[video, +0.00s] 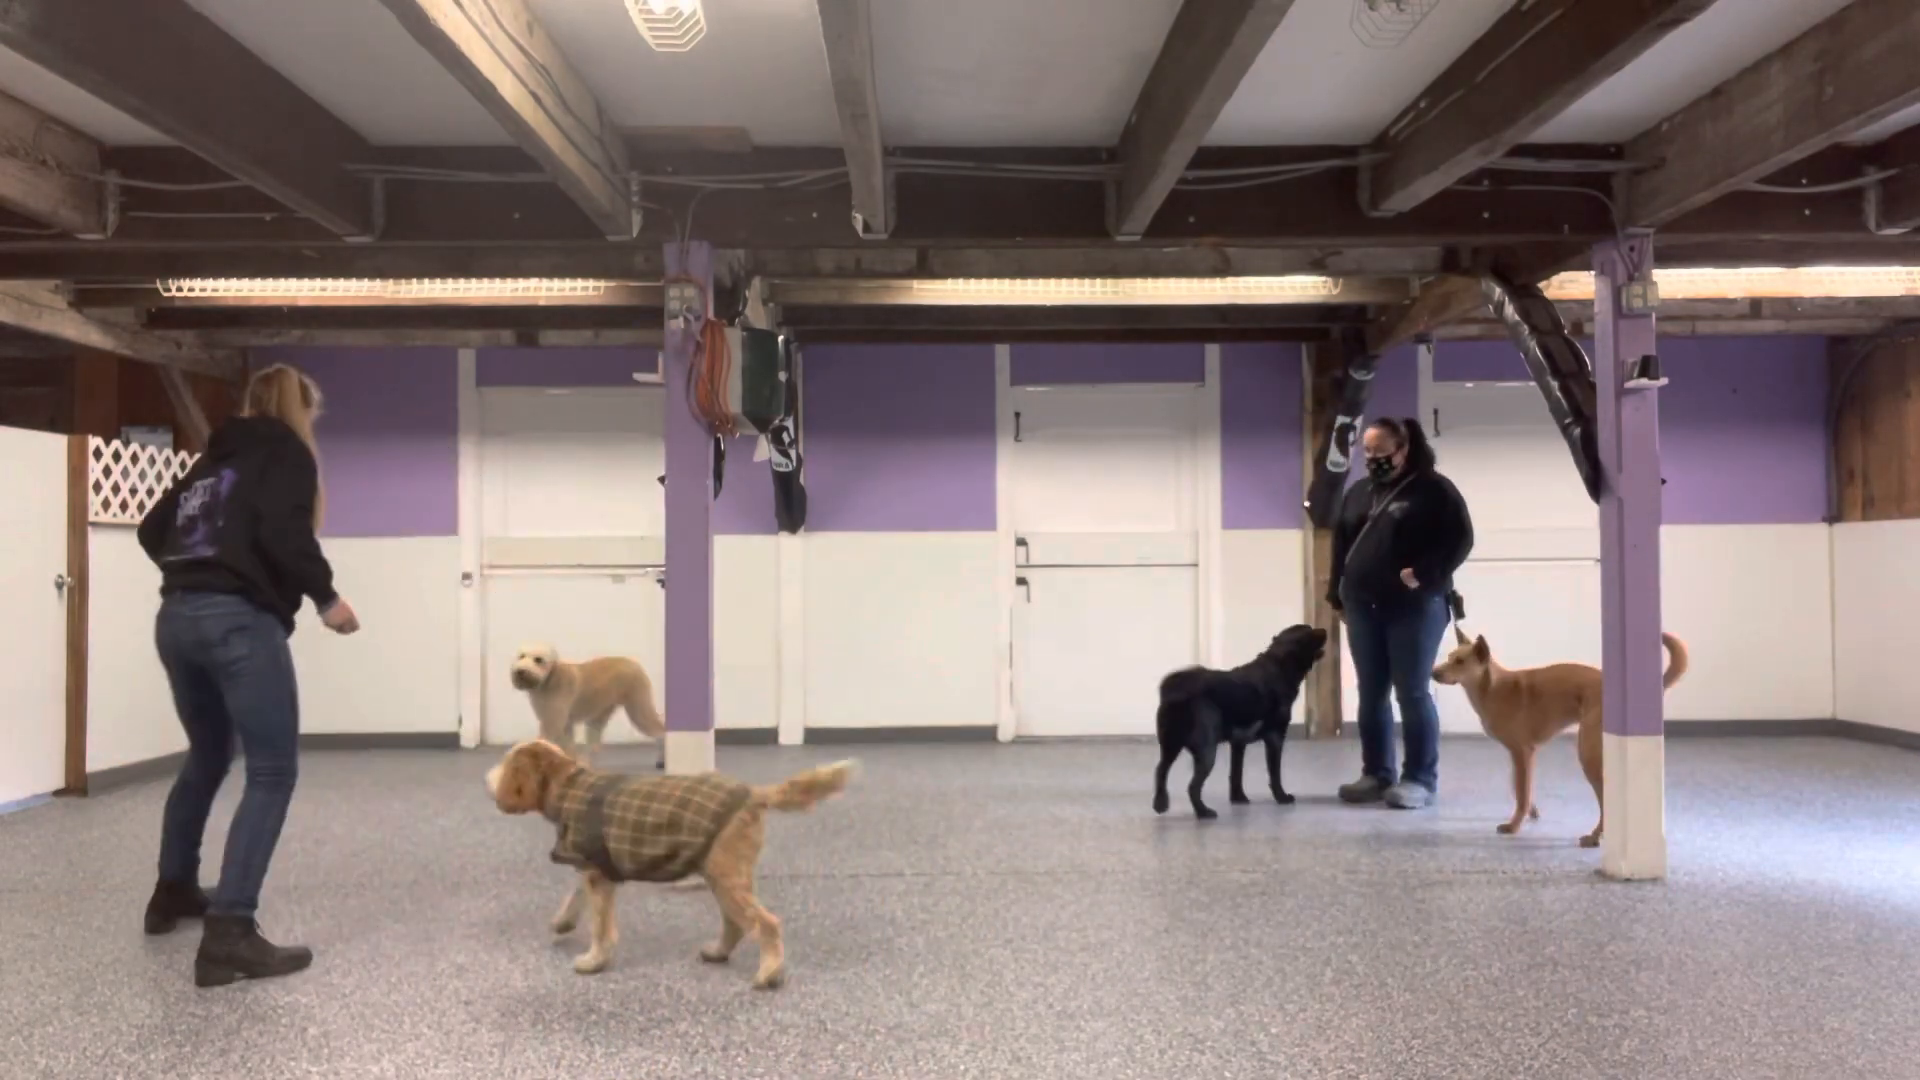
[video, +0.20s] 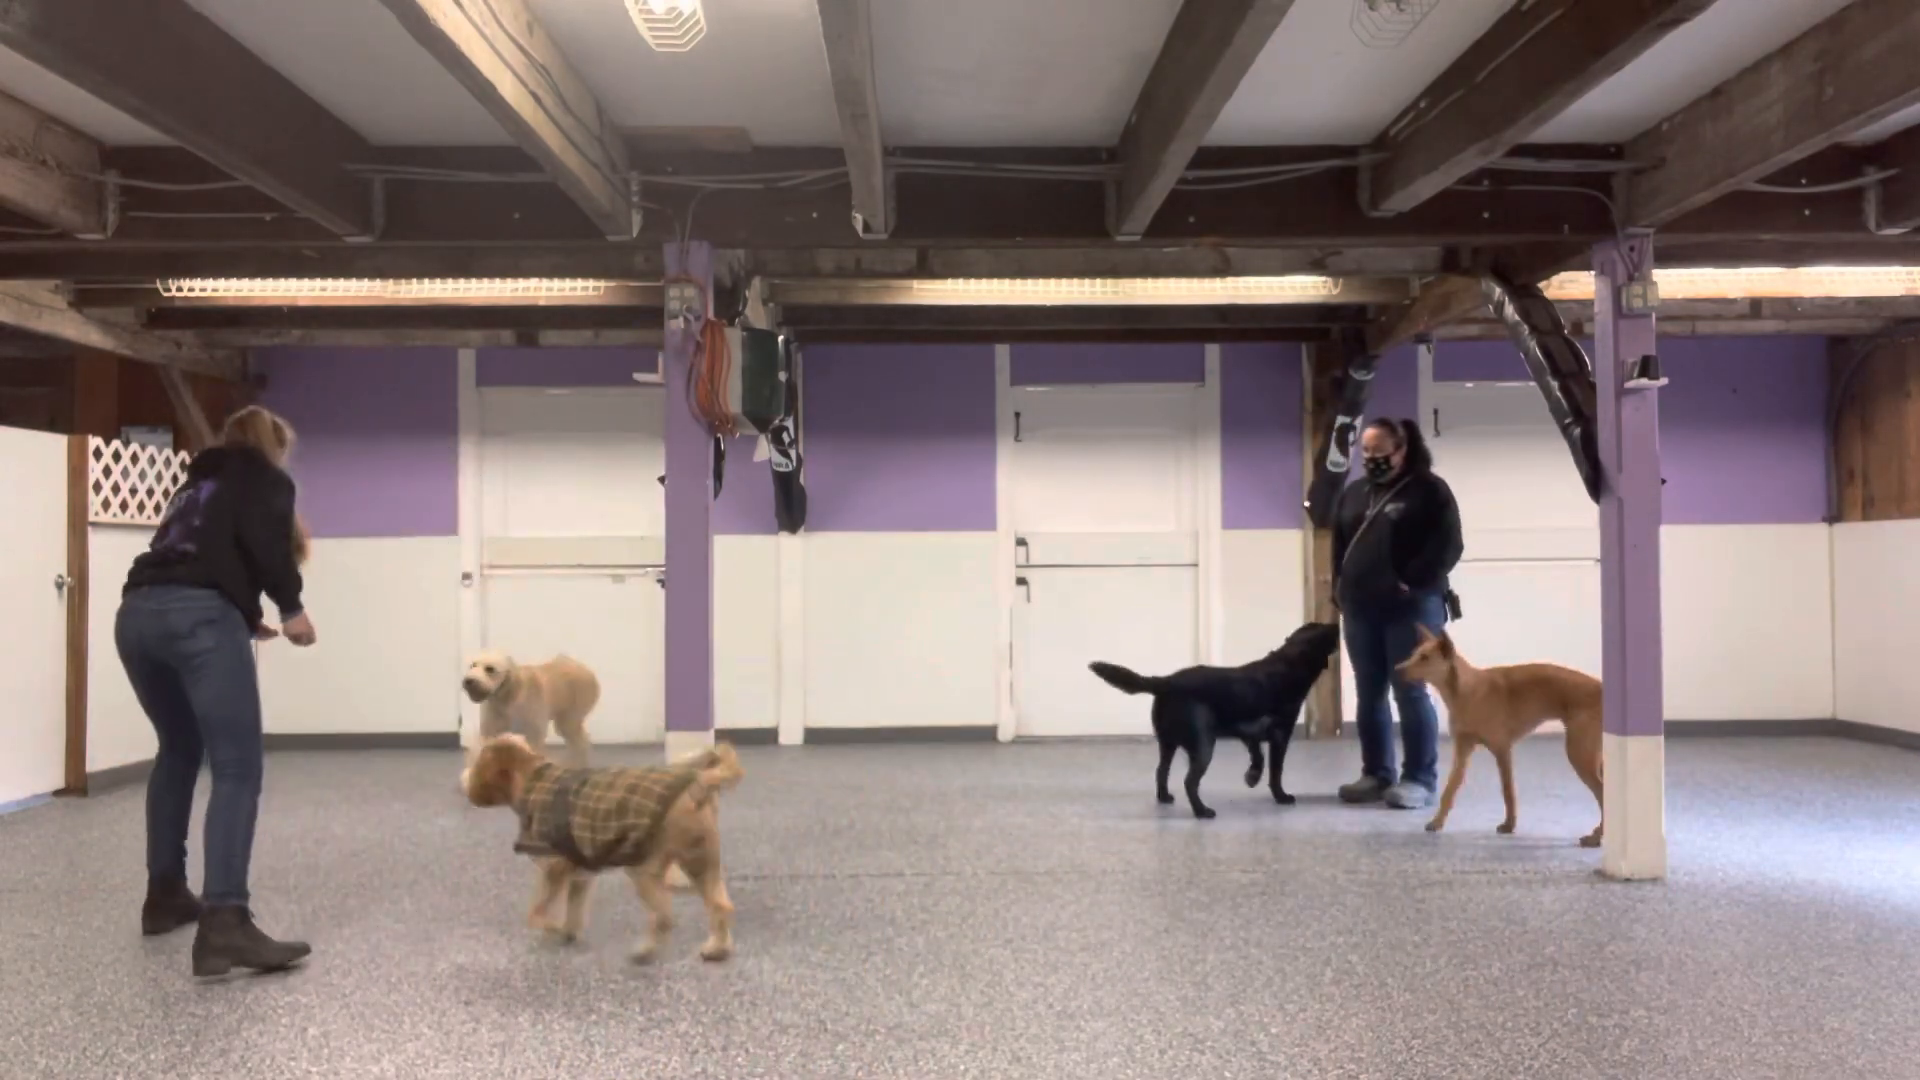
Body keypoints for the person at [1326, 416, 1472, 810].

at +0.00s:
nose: (1374, 462)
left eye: (1381, 454)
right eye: (1369, 455)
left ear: (1404, 448)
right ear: (1363, 454)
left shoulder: (1435, 489)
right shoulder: (1359, 492)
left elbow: (1461, 540)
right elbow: (1343, 543)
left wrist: (1424, 573)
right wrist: (1338, 589)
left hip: (1415, 603)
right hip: (1363, 604)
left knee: (1413, 692)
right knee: (1372, 694)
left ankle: (1420, 782)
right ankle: (1378, 774)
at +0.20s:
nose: (1372, 461)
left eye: (1379, 453)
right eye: (1367, 454)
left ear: (1402, 449)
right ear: (1360, 454)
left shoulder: (1430, 490)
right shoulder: (1355, 492)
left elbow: (1450, 545)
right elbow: (1342, 542)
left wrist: (1415, 584)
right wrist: (1340, 586)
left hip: (1411, 602)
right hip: (1361, 603)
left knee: (1411, 690)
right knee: (1370, 693)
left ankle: (1419, 782)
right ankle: (1378, 774)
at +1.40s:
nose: (1364, 448)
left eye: (1373, 441)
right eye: (1359, 442)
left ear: (1396, 445)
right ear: (1353, 449)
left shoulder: (1421, 485)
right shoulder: (1353, 489)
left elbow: (1450, 535)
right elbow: (1325, 516)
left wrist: (1412, 574)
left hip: (1406, 600)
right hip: (1356, 601)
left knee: (1410, 691)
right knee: (1368, 691)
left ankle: (1419, 781)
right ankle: (1378, 775)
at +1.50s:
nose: (1364, 450)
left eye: (1373, 443)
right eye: (1359, 444)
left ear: (1395, 447)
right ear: (1353, 449)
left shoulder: (1421, 485)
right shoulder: (1352, 490)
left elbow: (1451, 535)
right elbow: (1321, 516)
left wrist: (1414, 574)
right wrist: (1329, 468)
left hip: (1405, 600)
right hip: (1355, 602)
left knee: (1410, 691)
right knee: (1369, 691)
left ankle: (1420, 781)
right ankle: (1377, 775)